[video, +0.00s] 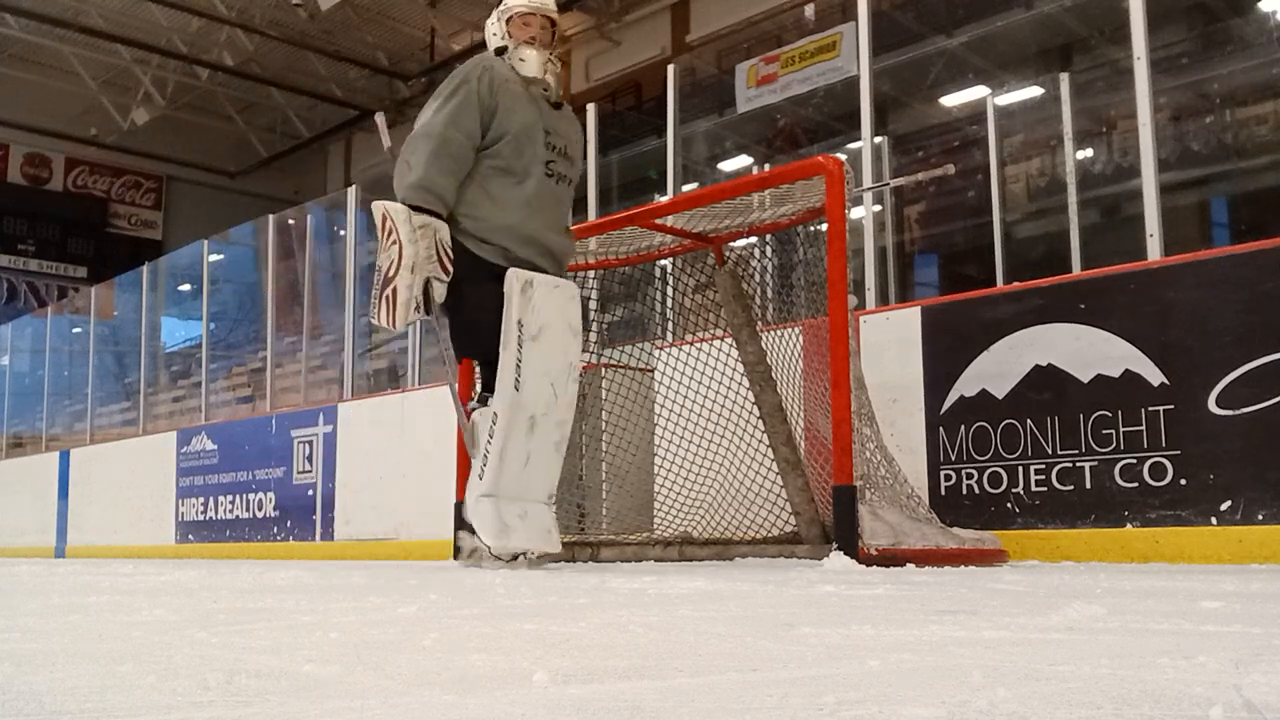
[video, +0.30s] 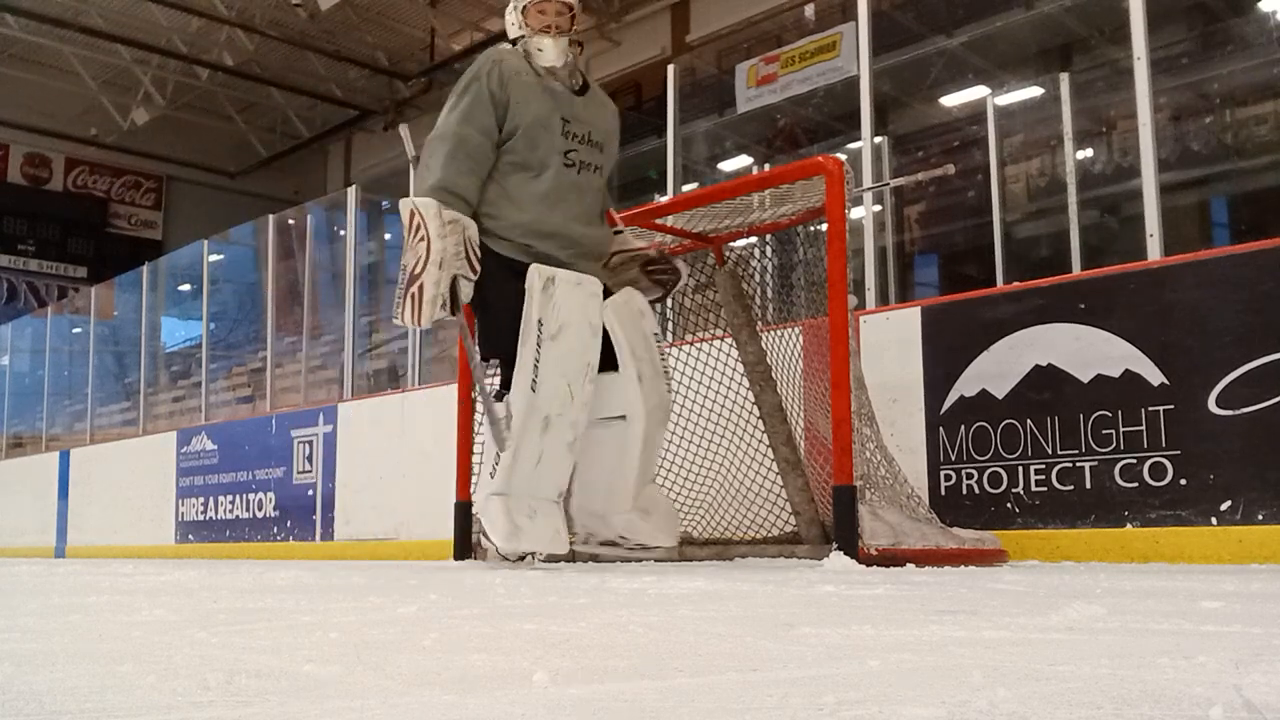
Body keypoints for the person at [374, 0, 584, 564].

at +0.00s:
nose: (533, 29)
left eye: (542, 22)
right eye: (522, 19)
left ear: (553, 34)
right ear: (503, 28)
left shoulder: (565, 113)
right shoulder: (483, 73)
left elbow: (562, 190)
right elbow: (438, 139)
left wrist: (553, 246)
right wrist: (422, 218)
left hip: (545, 268)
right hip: (482, 255)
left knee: (542, 396)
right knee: (501, 390)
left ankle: (519, 527)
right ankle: (480, 524)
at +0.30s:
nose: (554, 13)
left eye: (563, 7)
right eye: (540, 6)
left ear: (578, 20)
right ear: (518, 18)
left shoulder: (603, 108)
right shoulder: (498, 70)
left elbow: (591, 208)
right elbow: (455, 154)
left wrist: (622, 256)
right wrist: (438, 239)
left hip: (585, 274)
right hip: (510, 261)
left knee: (617, 391)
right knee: (527, 398)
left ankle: (606, 521)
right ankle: (524, 529)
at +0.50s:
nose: (574, 13)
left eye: (585, 5)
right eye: (562, 5)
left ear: (603, 16)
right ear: (543, 15)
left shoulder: (639, 96)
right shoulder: (515, 78)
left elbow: (646, 198)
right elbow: (476, 164)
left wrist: (670, 250)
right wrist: (470, 237)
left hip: (623, 277)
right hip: (536, 267)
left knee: (662, 382)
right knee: (562, 383)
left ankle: (657, 530)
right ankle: (531, 534)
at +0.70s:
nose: (626, 24)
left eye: (637, 15)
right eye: (614, 14)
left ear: (654, 21)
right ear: (594, 19)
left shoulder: (690, 95)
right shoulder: (555, 80)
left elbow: (703, 173)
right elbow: (517, 148)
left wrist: (735, 232)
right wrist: (502, 210)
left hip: (660, 275)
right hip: (565, 270)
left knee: (696, 396)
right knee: (554, 401)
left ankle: (702, 530)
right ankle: (529, 534)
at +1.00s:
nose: (694, 21)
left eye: (706, 12)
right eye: (683, 11)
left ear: (724, 22)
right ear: (666, 17)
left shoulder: (749, 92)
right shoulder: (617, 77)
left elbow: (775, 185)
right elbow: (577, 156)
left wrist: (793, 244)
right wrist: (543, 208)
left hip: (708, 267)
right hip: (614, 267)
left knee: (734, 395)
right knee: (565, 391)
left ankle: (779, 533)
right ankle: (549, 533)